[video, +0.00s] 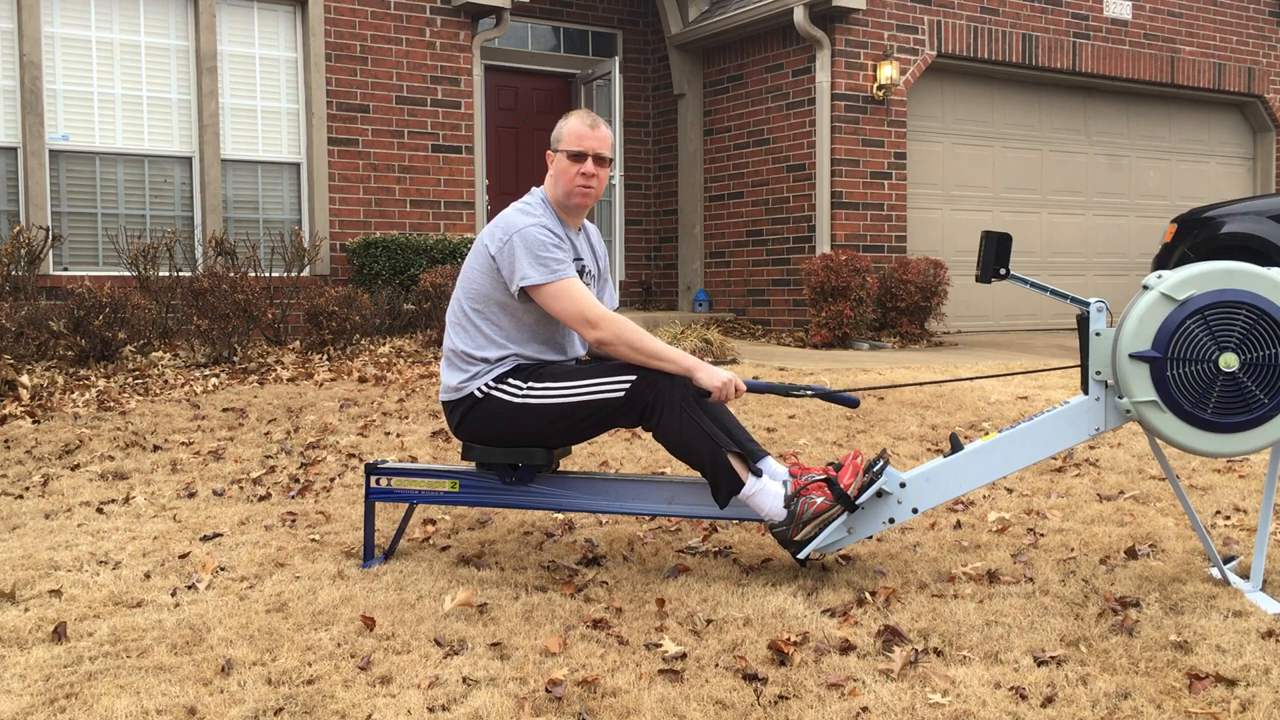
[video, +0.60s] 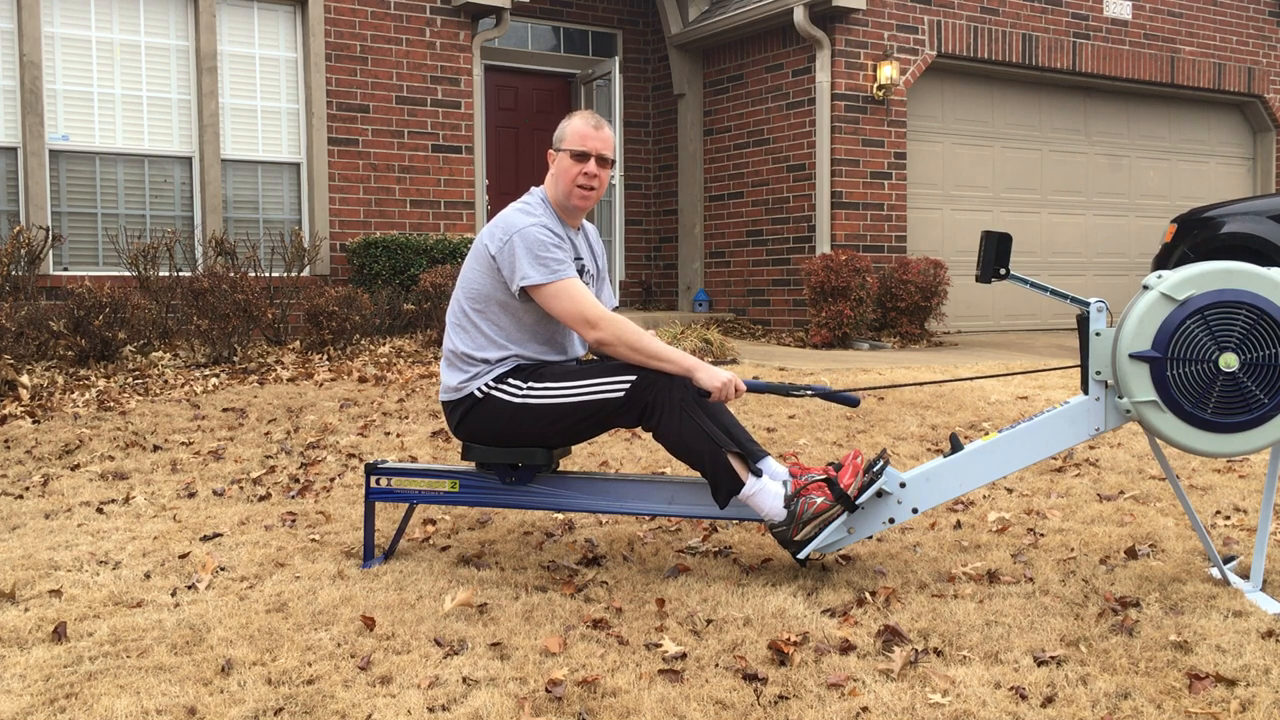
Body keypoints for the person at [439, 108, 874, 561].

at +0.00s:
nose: (589, 171)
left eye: (601, 162)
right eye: (576, 157)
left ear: (610, 171)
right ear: (549, 160)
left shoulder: (590, 240)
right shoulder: (524, 227)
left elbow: (602, 336)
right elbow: (595, 325)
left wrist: (694, 372)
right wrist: (694, 367)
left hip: (543, 376)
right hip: (489, 390)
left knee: (675, 378)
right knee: (653, 386)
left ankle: (786, 485)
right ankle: (777, 510)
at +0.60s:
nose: (592, 173)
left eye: (603, 164)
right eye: (579, 158)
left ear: (611, 173)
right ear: (551, 160)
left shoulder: (586, 238)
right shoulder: (524, 227)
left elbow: (604, 332)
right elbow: (595, 326)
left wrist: (695, 373)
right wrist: (696, 368)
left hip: (542, 375)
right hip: (488, 389)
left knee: (674, 378)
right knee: (652, 386)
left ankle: (785, 484)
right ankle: (776, 510)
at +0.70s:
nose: (592, 173)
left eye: (604, 165)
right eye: (580, 158)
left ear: (611, 174)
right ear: (551, 159)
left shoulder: (586, 239)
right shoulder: (525, 226)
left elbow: (597, 336)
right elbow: (595, 324)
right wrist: (698, 369)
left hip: (541, 376)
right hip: (488, 389)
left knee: (675, 376)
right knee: (652, 386)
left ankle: (785, 485)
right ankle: (776, 510)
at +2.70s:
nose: (585, 170)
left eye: (597, 161)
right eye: (573, 156)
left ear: (606, 170)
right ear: (545, 158)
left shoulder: (583, 236)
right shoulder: (523, 226)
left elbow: (614, 322)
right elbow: (594, 327)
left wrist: (676, 323)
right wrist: (697, 369)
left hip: (540, 376)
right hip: (487, 391)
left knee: (675, 377)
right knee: (651, 386)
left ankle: (787, 484)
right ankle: (777, 510)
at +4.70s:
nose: (592, 168)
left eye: (603, 160)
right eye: (580, 154)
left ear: (610, 171)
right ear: (548, 157)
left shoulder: (587, 239)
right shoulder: (524, 226)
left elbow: (636, 319)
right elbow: (593, 327)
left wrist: (693, 300)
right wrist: (698, 370)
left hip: (540, 377)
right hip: (487, 391)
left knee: (675, 377)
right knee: (650, 387)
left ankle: (787, 485)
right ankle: (776, 510)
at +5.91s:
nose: (593, 169)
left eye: (604, 161)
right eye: (581, 155)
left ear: (611, 171)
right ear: (550, 158)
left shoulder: (591, 238)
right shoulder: (525, 226)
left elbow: (655, 299)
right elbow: (594, 328)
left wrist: (743, 290)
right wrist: (699, 371)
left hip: (539, 377)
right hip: (487, 391)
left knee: (676, 378)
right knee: (650, 388)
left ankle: (786, 484)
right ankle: (776, 509)